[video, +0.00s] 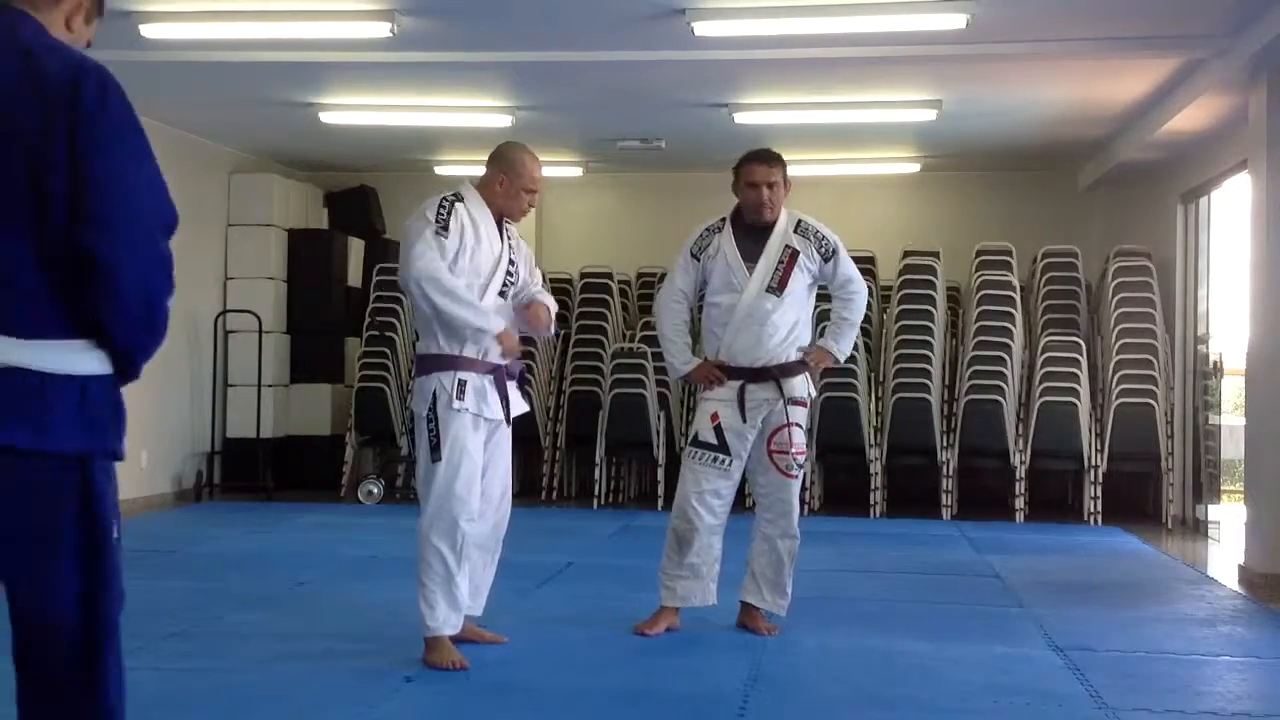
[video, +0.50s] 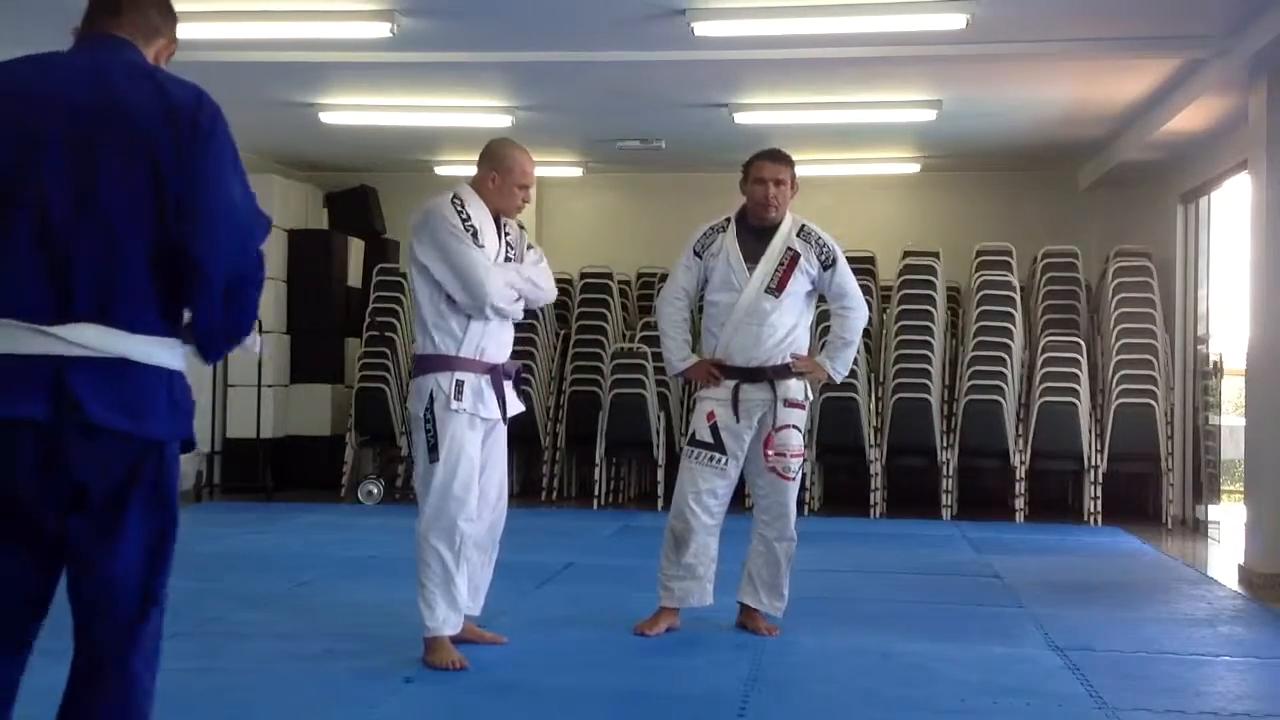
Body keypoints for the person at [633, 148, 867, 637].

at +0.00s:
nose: (764, 195)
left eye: (772, 185)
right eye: (753, 186)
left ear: (787, 188)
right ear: (735, 189)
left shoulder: (813, 239)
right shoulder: (706, 241)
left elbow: (853, 291)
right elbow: (670, 305)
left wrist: (832, 346)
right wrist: (687, 362)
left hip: (787, 390)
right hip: (721, 388)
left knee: (779, 506)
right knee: (694, 501)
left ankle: (755, 606)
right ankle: (671, 606)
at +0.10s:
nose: (767, 194)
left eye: (776, 185)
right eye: (756, 184)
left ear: (789, 189)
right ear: (738, 189)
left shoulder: (813, 244)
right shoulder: (707, 240)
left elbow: (852, 300)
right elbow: (670, 303)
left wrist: (831, 355)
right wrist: (687, 360)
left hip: (786, 391)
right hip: (721, 388)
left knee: (779, 507)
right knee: (694, 501)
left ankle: (755, 606)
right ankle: (672, 605)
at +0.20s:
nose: (768, 196)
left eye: (778, 187)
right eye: (758, 186)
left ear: (791, 192)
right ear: (740, 189)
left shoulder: (815, 246)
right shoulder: (708, 240)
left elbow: (853, 303)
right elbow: (666, 297)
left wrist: (832, 358)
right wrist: (685, 354)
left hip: (785, 392)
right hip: (721, 387)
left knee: (779, 508)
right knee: (694, 501)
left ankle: (755, 606)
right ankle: (671, 606)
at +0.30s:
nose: (769, 192)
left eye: (779, 183)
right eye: (759, 182)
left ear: (793, 190)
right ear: (741, 187)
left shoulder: (816, 246)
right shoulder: (709, 239)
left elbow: (851, 306)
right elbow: (668, 298)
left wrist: (831, 360)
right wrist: (684, 355)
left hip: (785, 392)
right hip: (720, 387)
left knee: (778, 507)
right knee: (693, 501)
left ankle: (755, 606)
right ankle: (671, 605)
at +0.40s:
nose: (769, 193)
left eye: (779, 185)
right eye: (759, 183)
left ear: (793, 191)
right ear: (742, 186)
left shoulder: (816, 246)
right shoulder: (710, 239)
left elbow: (851, 308)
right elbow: (672, 301)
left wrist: (830, 362)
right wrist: (685, 359)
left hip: (784, 392)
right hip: (719, 388)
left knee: (777, 509)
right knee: (693, 502)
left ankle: (755, 607)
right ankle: (671, 606)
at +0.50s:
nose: (769, 193)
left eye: (779, 184)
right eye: (759, 183)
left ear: (793, 191)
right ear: (742, 187)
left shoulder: (816, 247)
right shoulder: (710, 239)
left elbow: (852, 307)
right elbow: (672, 301)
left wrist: (831, 362)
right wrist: (685, 359)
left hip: (783, 392)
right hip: (719, 387)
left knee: (777, 509)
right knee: (693, 501)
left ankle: (755, 607)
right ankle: (671, 606)